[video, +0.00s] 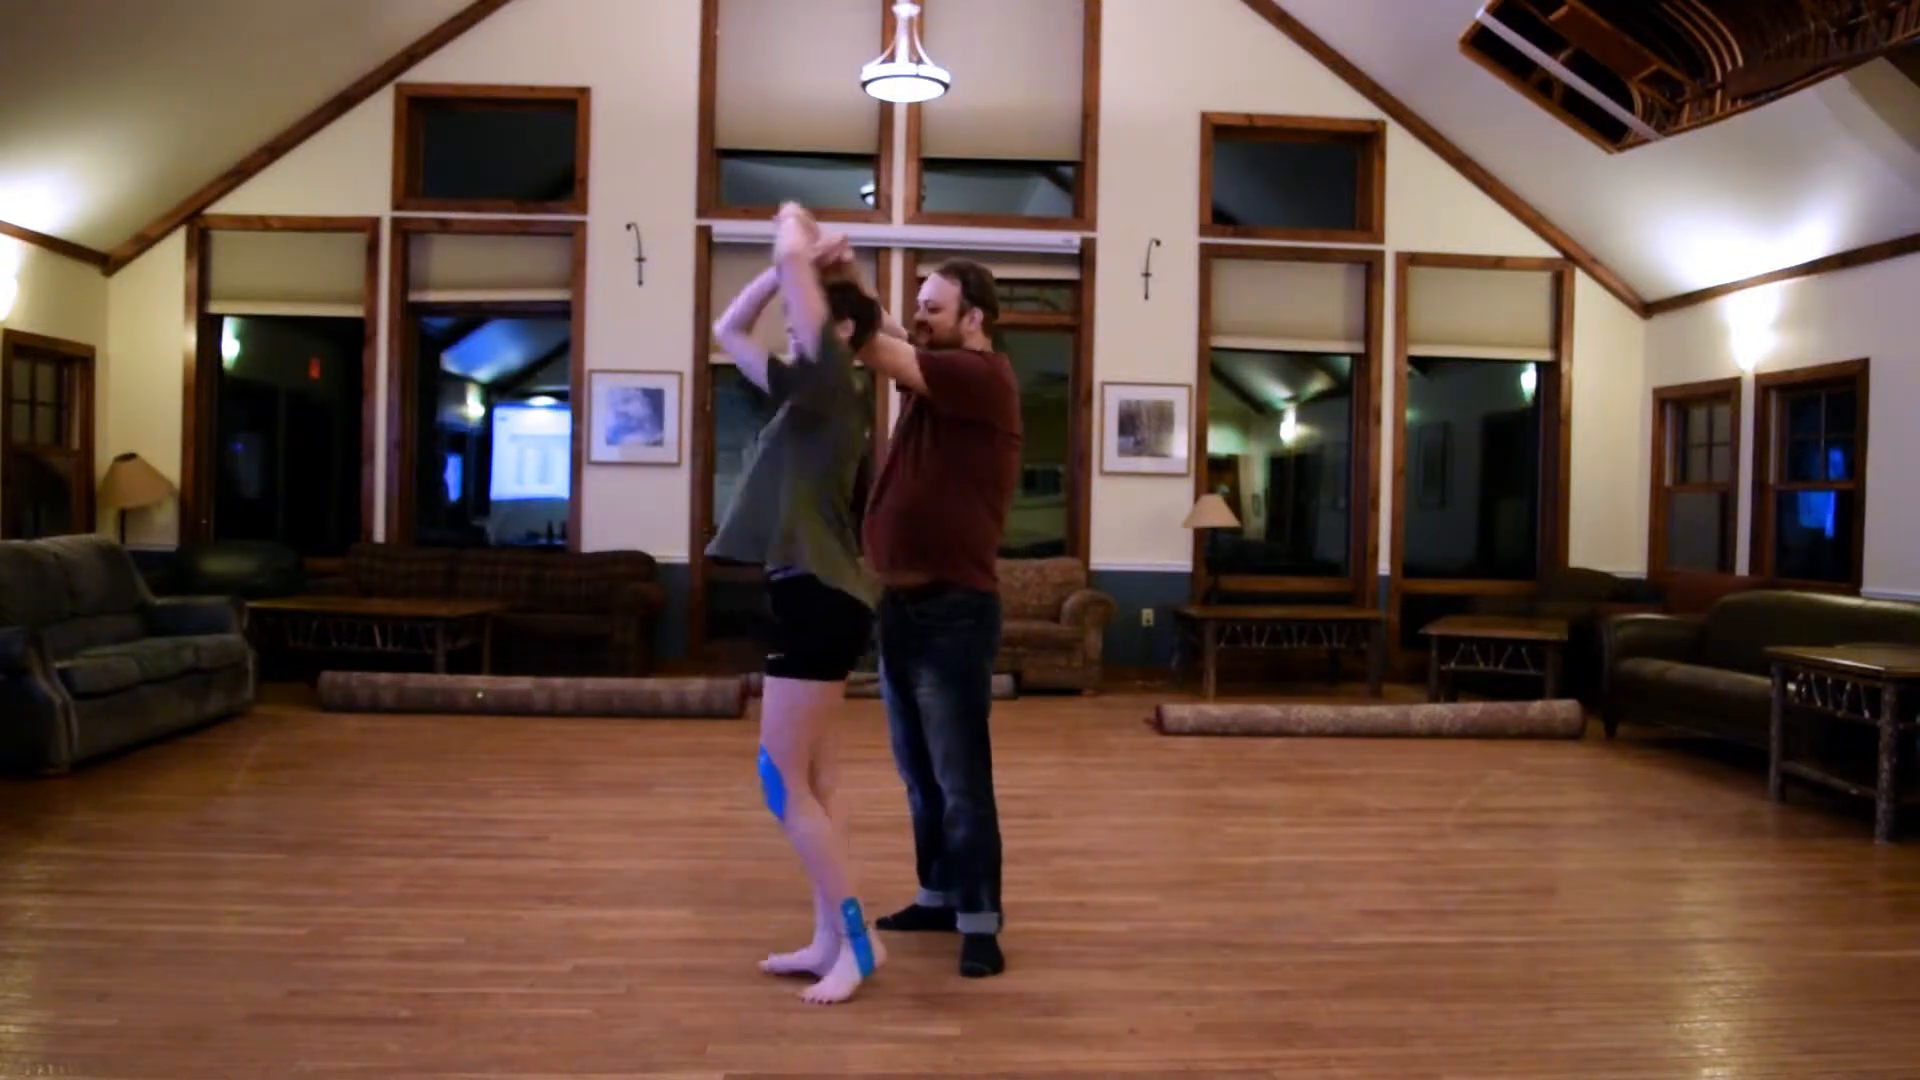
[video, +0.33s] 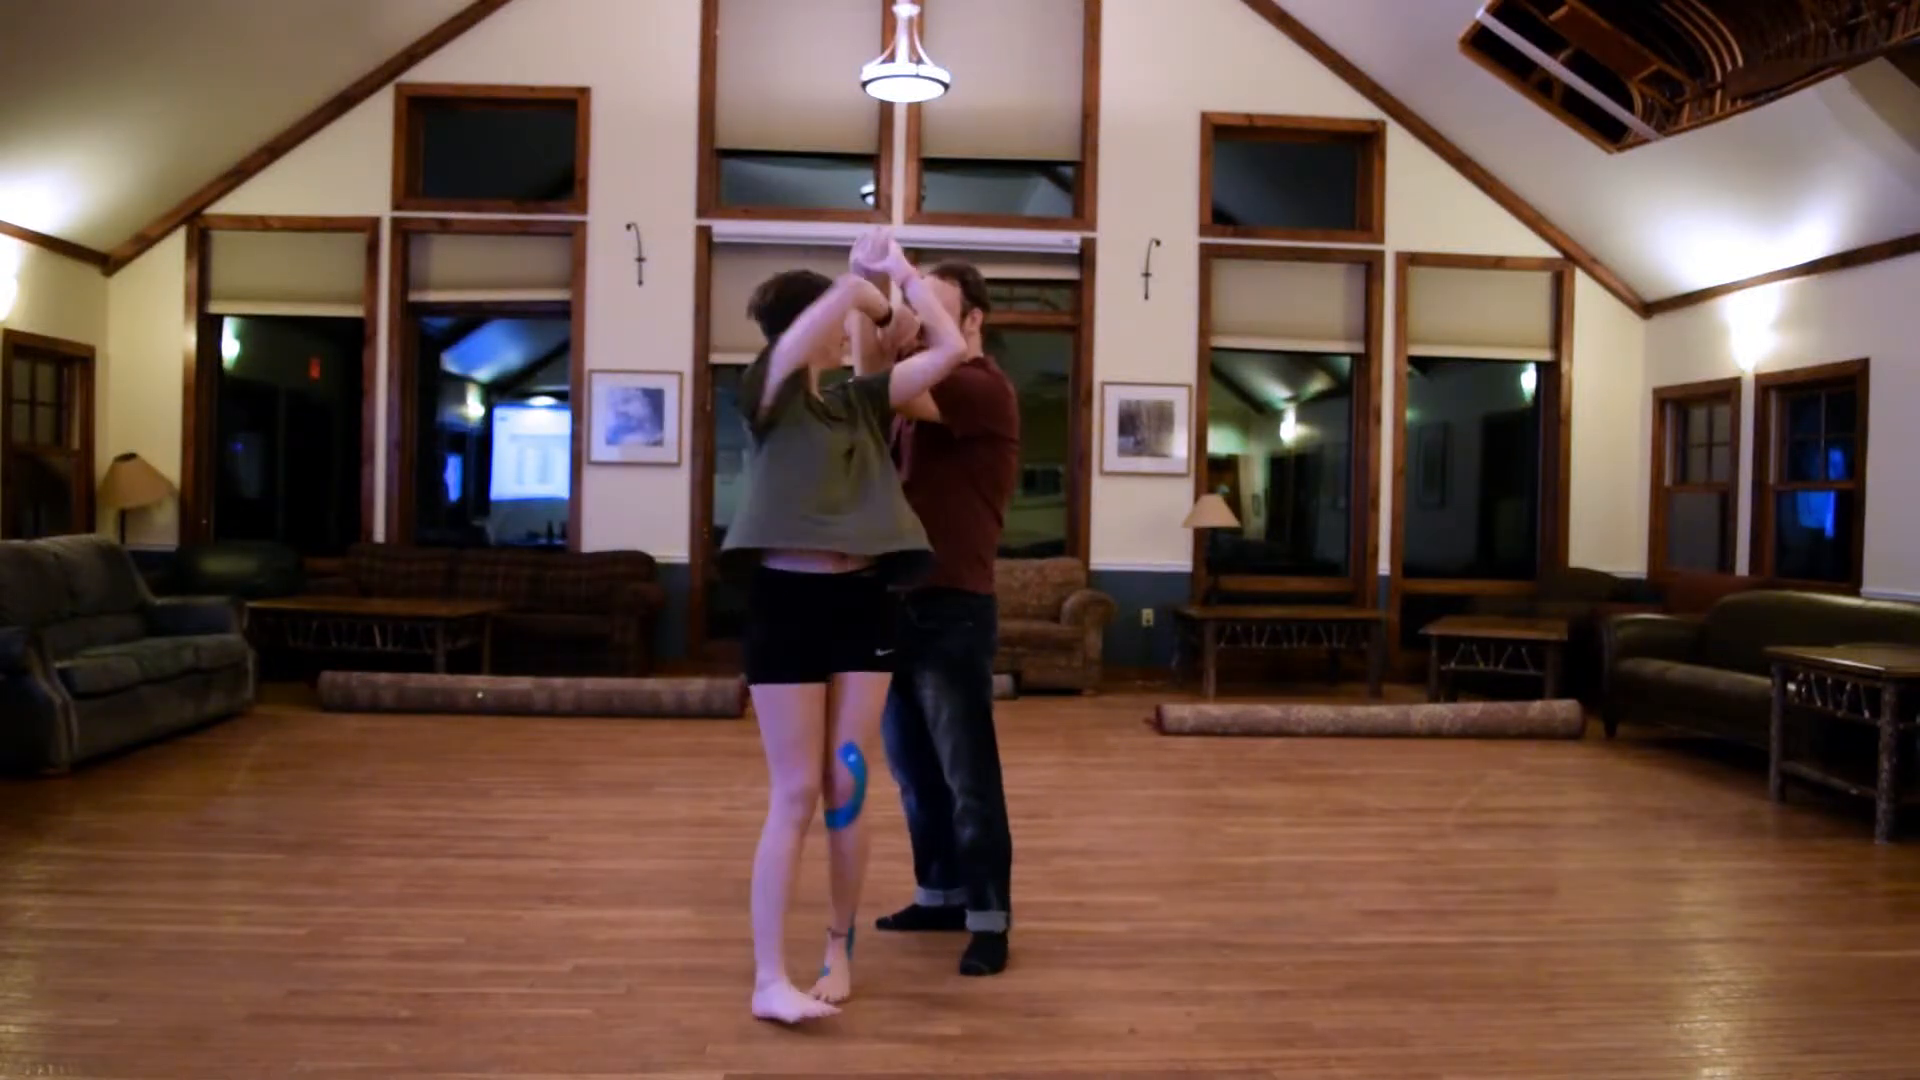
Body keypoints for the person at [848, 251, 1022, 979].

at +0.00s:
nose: (916, 315)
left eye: (931, 305)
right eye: (917, 305)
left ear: (972, 315)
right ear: (931, 315)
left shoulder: (987, 375)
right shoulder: (936, 375)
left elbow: (887, 354)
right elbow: (870, 346)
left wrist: (841, 284)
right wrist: (834, 281)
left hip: (955, 602)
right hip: (904, 599)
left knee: (959, 771)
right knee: (919, 767)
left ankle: (981, 921)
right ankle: (941, 899)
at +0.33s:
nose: (917, 317)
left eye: (933, 304)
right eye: (913, 305)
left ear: (971, 318)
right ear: (910, 317)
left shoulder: (986, 385)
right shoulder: (917, 382)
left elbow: (896, 392)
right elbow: (863, 383)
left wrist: (885, 305)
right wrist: (867, 307)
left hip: (955, 596)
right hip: (902, 593)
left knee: (965, 762)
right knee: (913, 758)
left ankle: (989, 915)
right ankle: (941, 897)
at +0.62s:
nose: (920, 324)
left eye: (935, 312)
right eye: (916, 313)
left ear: (972, 319)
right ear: (913, 319)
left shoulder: (985, 386)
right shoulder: (931, 382)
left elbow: (896, 429)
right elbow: (869, 404)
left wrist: (893, 339)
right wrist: (876, 325)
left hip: (957, 604)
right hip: (904, 600)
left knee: (963, 769)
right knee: (913, 764)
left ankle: (985, 921)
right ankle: (939, 899)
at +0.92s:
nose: (908, 326)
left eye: (923, 313)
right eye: (903, 313)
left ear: (962, 319)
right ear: (904, 318)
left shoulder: (980, 387)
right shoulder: (920, 382)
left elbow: (899, 437)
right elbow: (856, 414)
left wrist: (897, 353)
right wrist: (865, 337)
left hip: (967, 606)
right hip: (906, 604)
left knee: (970, 769)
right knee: (896, 755)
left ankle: (985, 922)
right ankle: (915, 906)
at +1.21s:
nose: (914, 329)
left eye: (930, 317)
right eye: (910, 317)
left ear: (969, 322)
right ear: (908, 323)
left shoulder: (989, 394)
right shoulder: (921, 388)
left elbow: (906, 439)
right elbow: (870, 438)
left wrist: (908, 357)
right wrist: (870, 343)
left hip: (966, 614)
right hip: (905, 611)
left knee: (969, 776)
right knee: (908, 769)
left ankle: (993, 924)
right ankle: (918, 909)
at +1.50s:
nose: (952, 329)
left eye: (967, 316)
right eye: (948, 316)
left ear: (1007, 322)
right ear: (955, 326)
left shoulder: (1029, 392)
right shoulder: (972, 385)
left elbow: (935, 428)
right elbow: (902, 411)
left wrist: (939, 349)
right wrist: (904, 329)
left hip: (1013, 620)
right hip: (956, 615)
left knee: (1010, 779)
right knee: (933, 766)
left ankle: (1030, 930)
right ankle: (921, 910)